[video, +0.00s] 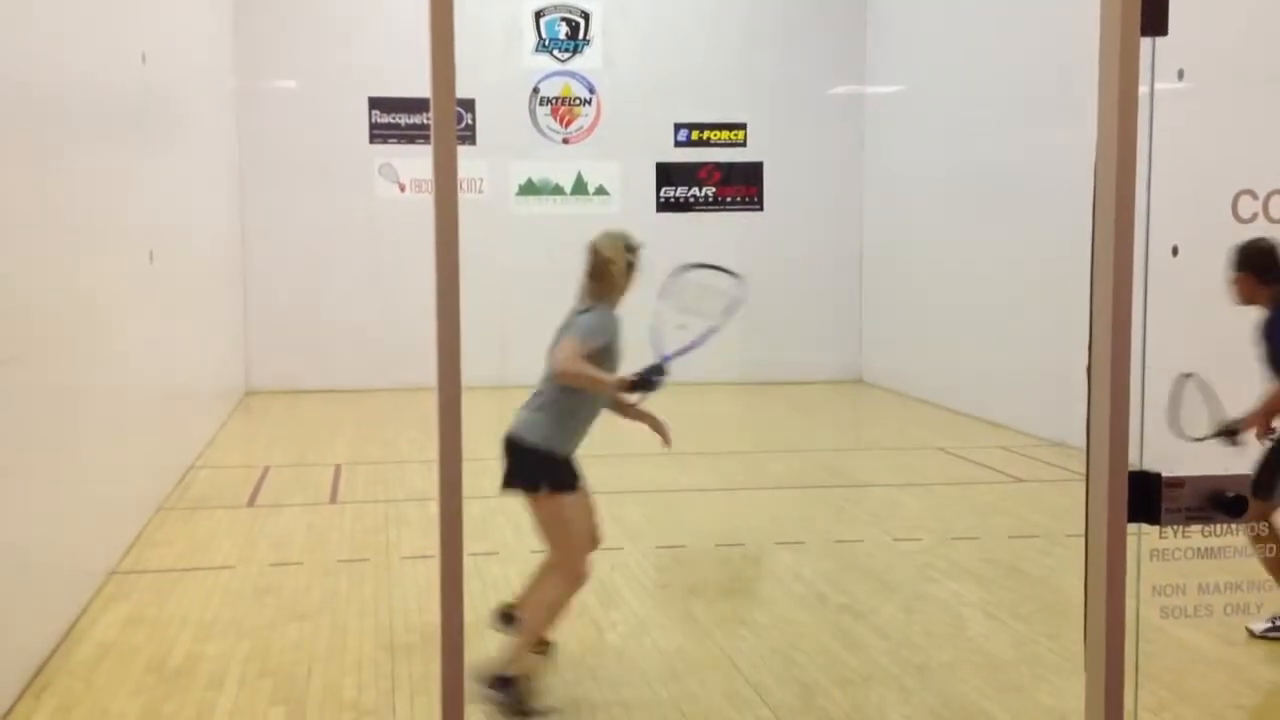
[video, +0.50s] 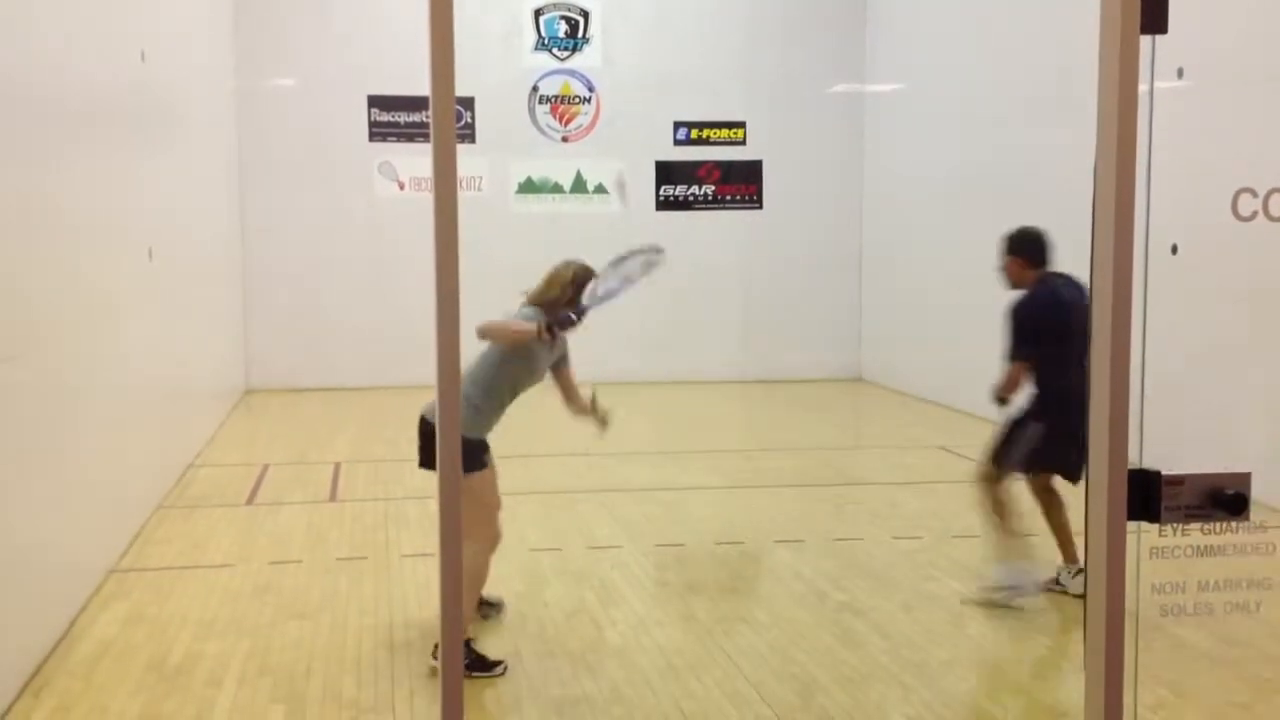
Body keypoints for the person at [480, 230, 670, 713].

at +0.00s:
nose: (633, 276)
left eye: (632, 268)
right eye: (632, 268)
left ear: (595, 268)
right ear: (624, 272)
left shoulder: (599, 320)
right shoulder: (595, 318)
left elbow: (591, 388)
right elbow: (563, 364)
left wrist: (641, 416)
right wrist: (618, 385)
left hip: (548, 446)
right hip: (537, 448)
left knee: (584, 540)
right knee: (570, 563)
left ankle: (522, 613)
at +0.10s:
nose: (602, 305)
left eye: (602, 296)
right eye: (601, 296)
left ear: (568, 295)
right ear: (592, 298)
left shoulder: (572, 348)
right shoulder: (563, 344)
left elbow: (579, 417)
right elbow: (535, 390)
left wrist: (621, 416)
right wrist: (585, 403)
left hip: (525, 483)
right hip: (509, 483)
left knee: (555, 555)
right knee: (527, 600)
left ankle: (479, 607)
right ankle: (457, 698)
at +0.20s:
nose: (590, 312)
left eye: (589, 303)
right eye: (591, 303)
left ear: (552, 299)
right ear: (586, 309)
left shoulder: (554, 352)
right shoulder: (543, 349)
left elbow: (568, 412)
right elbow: (510, 396)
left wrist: (594, 409)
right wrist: (567, 405)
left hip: (507, 474)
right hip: (491, 475)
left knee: (538, 551)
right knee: (507, 580)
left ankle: (473, 621)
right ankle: (459, 691)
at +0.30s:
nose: (589, 296)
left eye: (589, 288)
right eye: (589, 288)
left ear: (555, 281)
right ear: (579, 291)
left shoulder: (557, 333)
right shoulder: (536, 330)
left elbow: (555, 380)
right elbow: (502, 374)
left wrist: (576, 378)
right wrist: (557, 381)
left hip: (494, 446)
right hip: (476, 448)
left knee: (525, 530)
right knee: (499, 551)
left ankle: (472, 624)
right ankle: (461, 662)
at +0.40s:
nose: (591, 293)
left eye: (592, 286)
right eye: (591, 285)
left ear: (559, 278)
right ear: (577, 285)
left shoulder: (559, 325)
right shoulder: (536, 316)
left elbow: (576, 378)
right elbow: (497, 341)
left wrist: (592, 384)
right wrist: (550, 353)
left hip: (475, 429)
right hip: (461, 430)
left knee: (505, 515)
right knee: (501, 526)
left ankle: (469, 612)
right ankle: (460, 631)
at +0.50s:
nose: (584, 304)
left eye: (587, 297)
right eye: (583, 295)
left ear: (556, 287)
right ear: (571, 295)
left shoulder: (556, 341)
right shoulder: (531, 320)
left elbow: (572, 398)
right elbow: (485, 330)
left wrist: (590, 408)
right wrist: (539, 330)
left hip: (470, 434)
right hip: (454, 435)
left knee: (486, 517)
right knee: (481, 539)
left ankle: (467, 597)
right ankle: (453, 643)